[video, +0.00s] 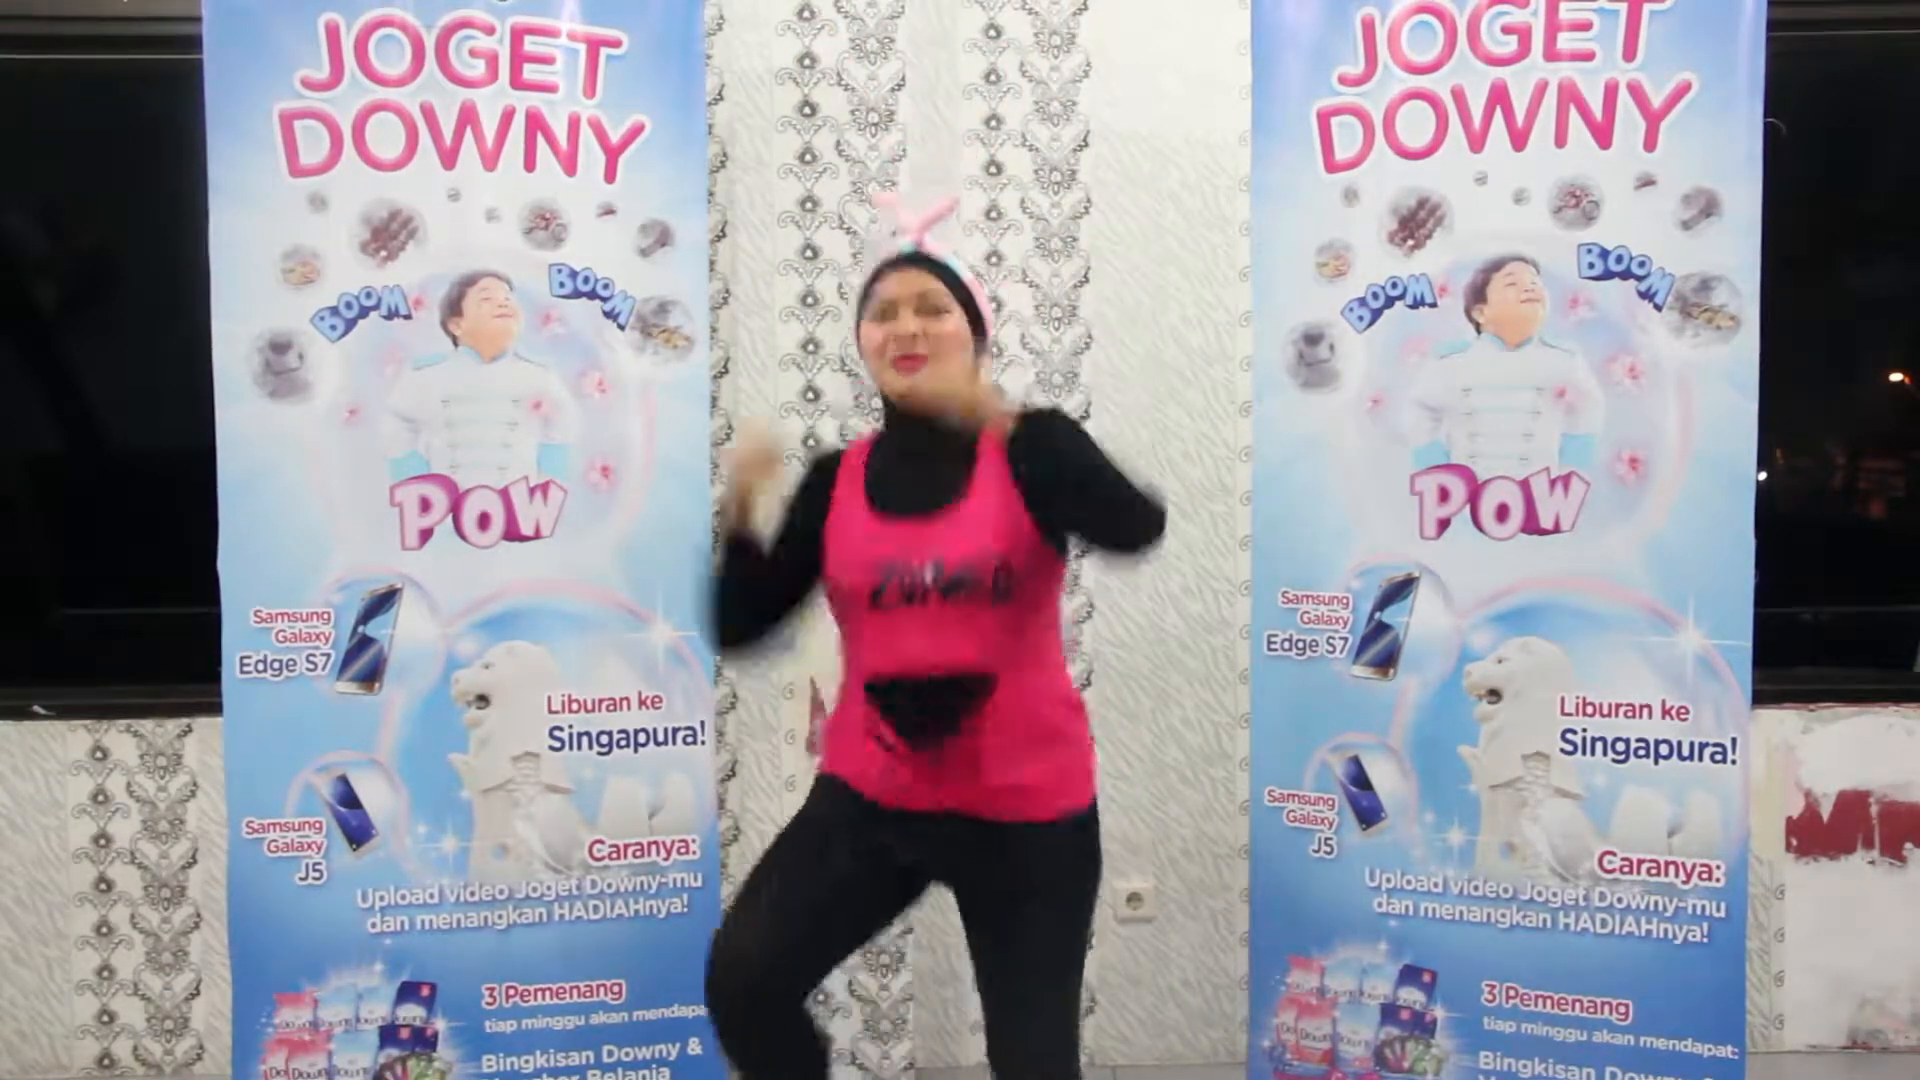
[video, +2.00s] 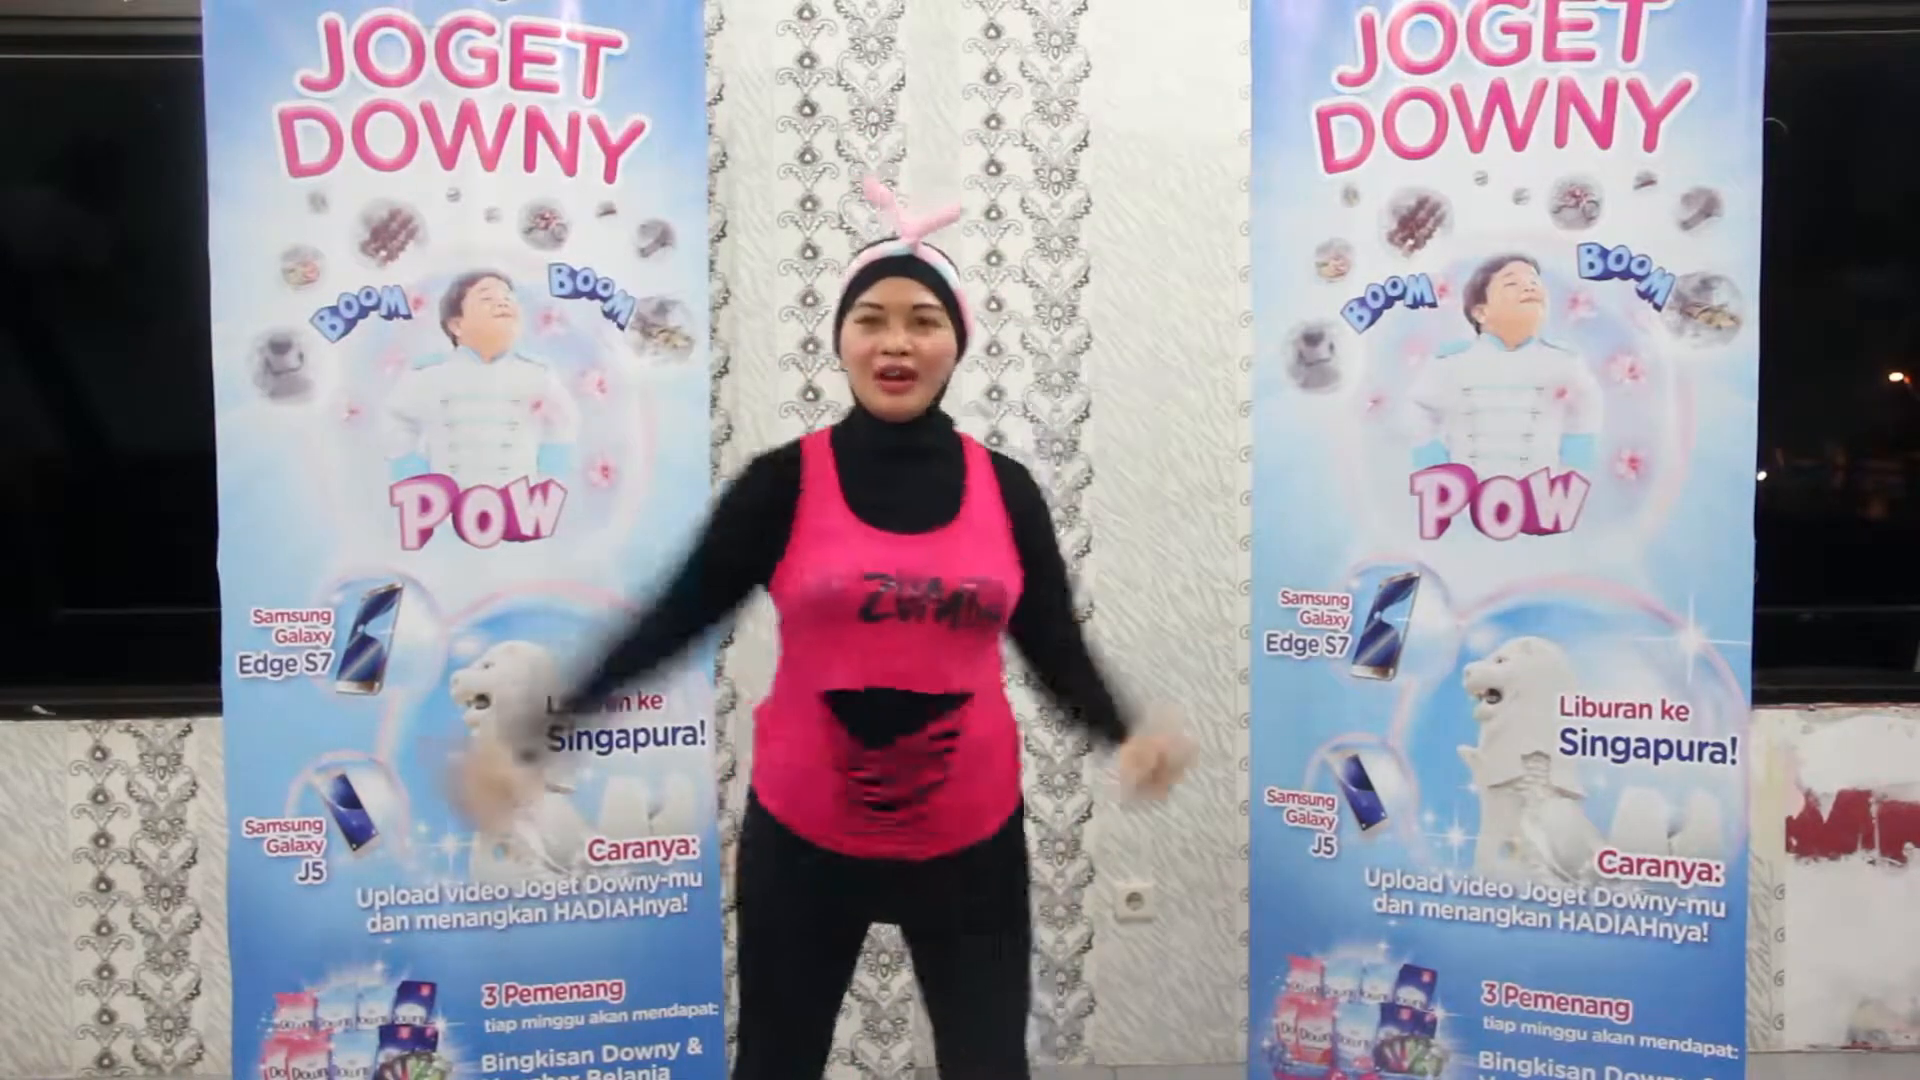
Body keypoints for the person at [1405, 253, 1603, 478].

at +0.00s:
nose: (1529, 287)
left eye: (1535, 281)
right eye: (1510, 283)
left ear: (1545, 300)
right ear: (1479, 311)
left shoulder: (1564, 363)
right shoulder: (1446, 366)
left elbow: (1584, 421)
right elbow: (1417, 417)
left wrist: (1567, 484)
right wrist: (1435, 477)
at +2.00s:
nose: (1528, 286)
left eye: (1534, 281)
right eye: (1510, 283)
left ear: (1545, 299)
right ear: (1479, 311)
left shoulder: (1564, 364)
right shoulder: (1446, 366)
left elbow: (1583, 425)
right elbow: (1415, 416)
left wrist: (1566, 484)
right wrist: (1436, 476)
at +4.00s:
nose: (1529, 287)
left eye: (1534, 281)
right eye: (1510, 283)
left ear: (1544, 300)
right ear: (1479, 311)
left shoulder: (1565, 365)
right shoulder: (1446, 368)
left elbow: (1583, 436)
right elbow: (1413, 420)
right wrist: (1436, 477)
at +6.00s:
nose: (1529, 286)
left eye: (1534, 281)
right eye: (1510, 283)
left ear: (1544, 299)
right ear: (1479, 311)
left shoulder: (1564, 364)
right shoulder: (1446, 365)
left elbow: (1584, 422)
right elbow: (1415, 415)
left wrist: (1567, 482)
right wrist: (1434, 475)